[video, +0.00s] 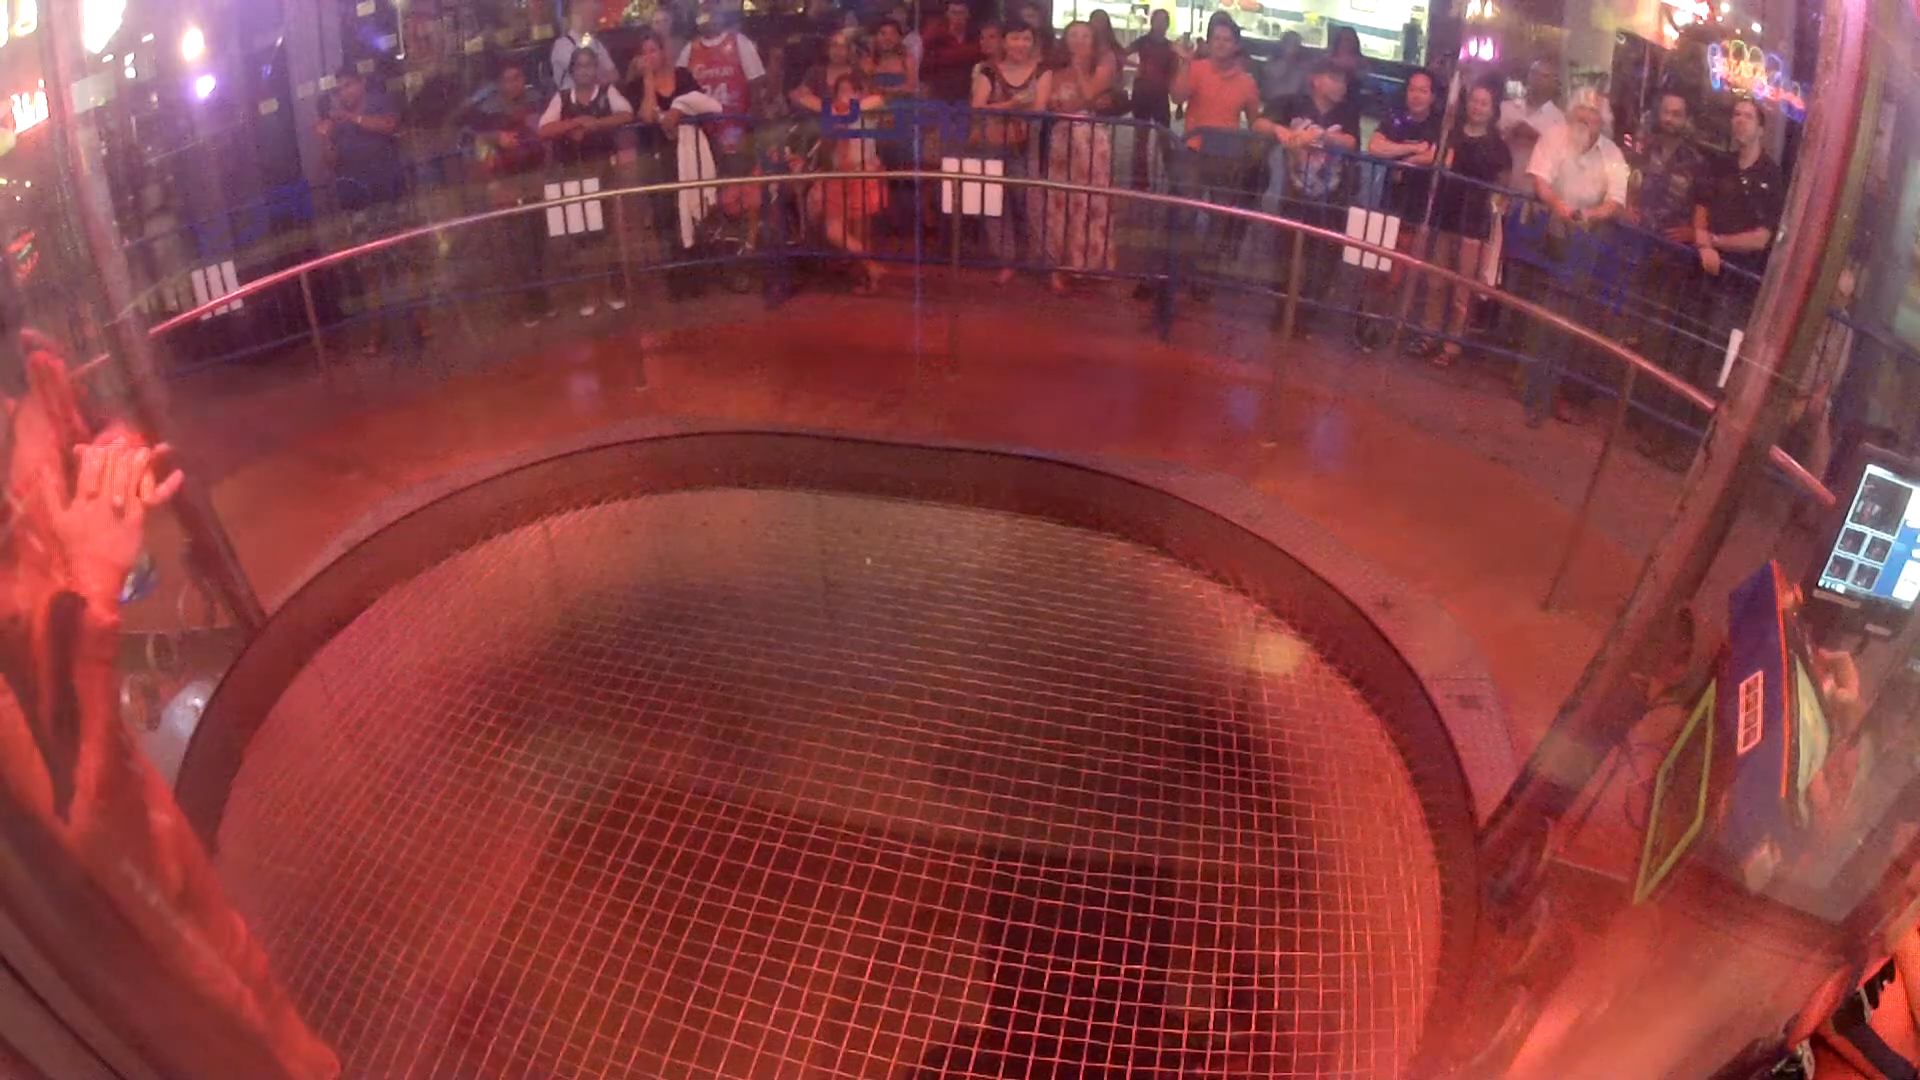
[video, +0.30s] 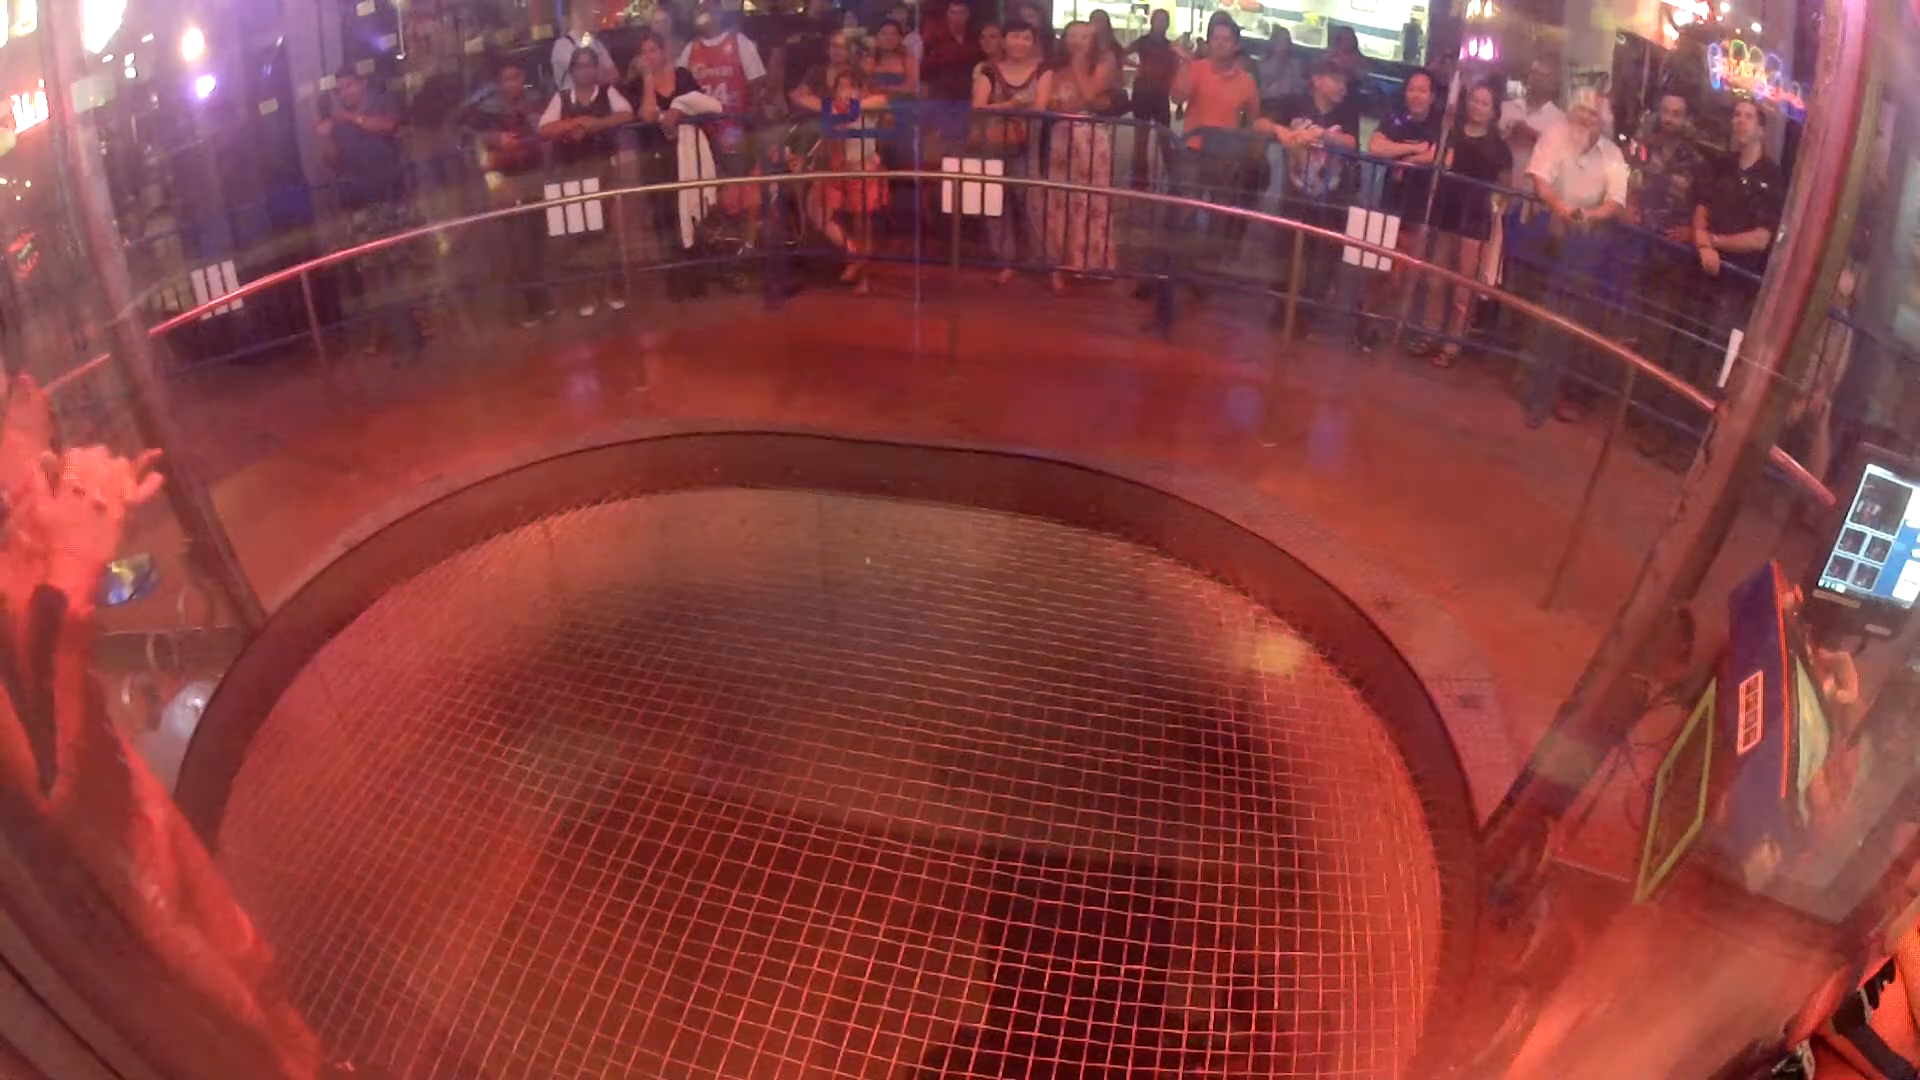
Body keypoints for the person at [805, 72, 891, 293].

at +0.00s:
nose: (843, 96)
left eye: (848, 91)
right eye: (840, 91)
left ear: (858, 92)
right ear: (834, 93)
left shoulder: (863, 108)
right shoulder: (830, 109)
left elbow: (879, 100)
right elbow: (797, 95)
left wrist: (853, 107)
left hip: (864, 175)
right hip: (839, 175)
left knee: (860, 230)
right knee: (834, 230)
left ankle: (865, 275)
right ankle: (871, 266)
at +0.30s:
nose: (844, 92)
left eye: (849, 87)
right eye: (840, 87)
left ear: (858, 89)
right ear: (834, 90)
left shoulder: (865, 106)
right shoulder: (831, 107)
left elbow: (882, 100)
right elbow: (798, 97)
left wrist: (855, 105)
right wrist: (827, 106)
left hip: (863, 171)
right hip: (834, 170)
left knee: (861, 224)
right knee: (817, 212)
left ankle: (863, 275)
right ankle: (851, 250)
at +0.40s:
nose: (835, 51)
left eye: (840, 46)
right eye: (832, 46)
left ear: (852, 50)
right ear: (827, 48)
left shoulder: (861, 77)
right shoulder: (820, 75)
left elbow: (885, 100)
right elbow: (798, 95)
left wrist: (855, 97)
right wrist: (828, 107)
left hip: (861, 156)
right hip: (832, 155)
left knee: (860, 218)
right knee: (819, 211)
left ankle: (862, 273)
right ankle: (844, 262)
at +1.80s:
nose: (838, 52)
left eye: (843, 46)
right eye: (834, 46)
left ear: (850, 50)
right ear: (827, 49)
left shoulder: (856, 79)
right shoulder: (818, 73)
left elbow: (863, 106)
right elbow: (797, 99)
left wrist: (848, 105)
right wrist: (828, 102)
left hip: (852, 147)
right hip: (826, 146)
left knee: (859, 213)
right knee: (826, 214)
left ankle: (864, 267)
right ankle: (824, 272)